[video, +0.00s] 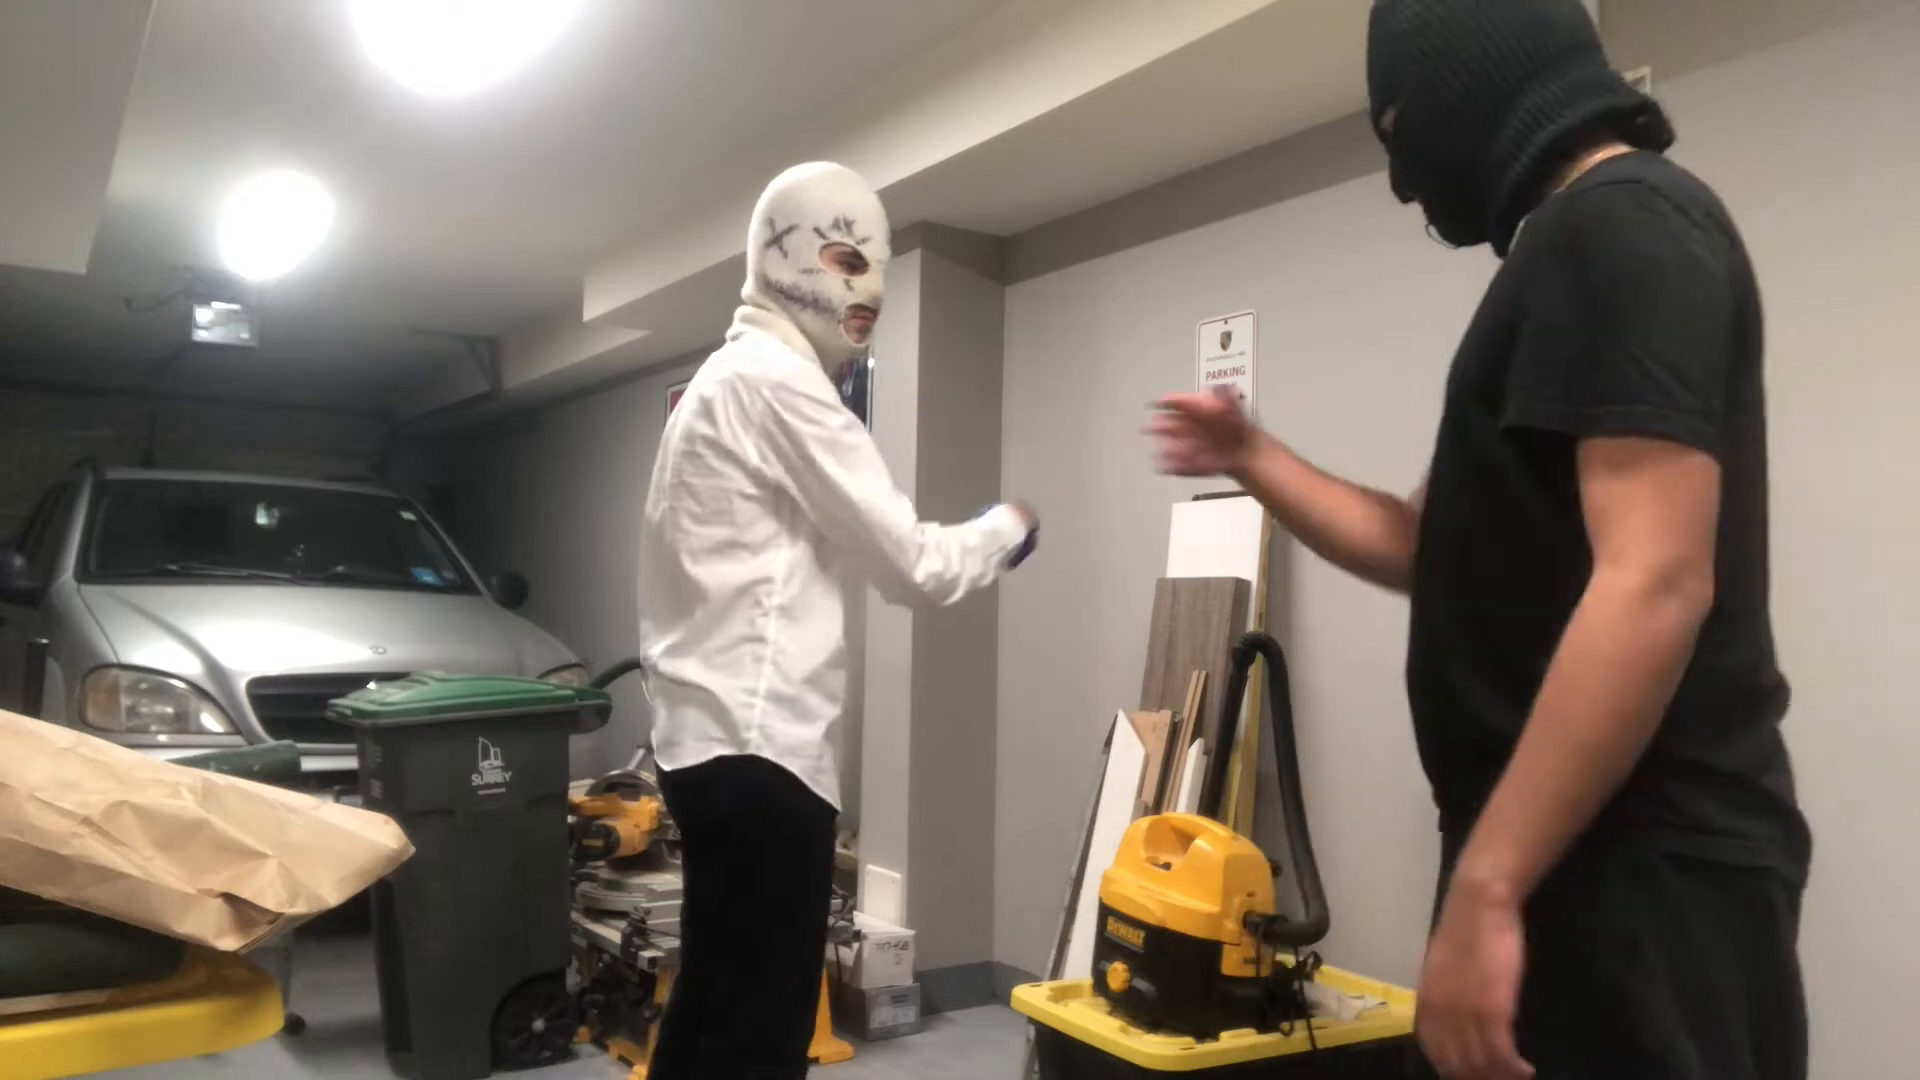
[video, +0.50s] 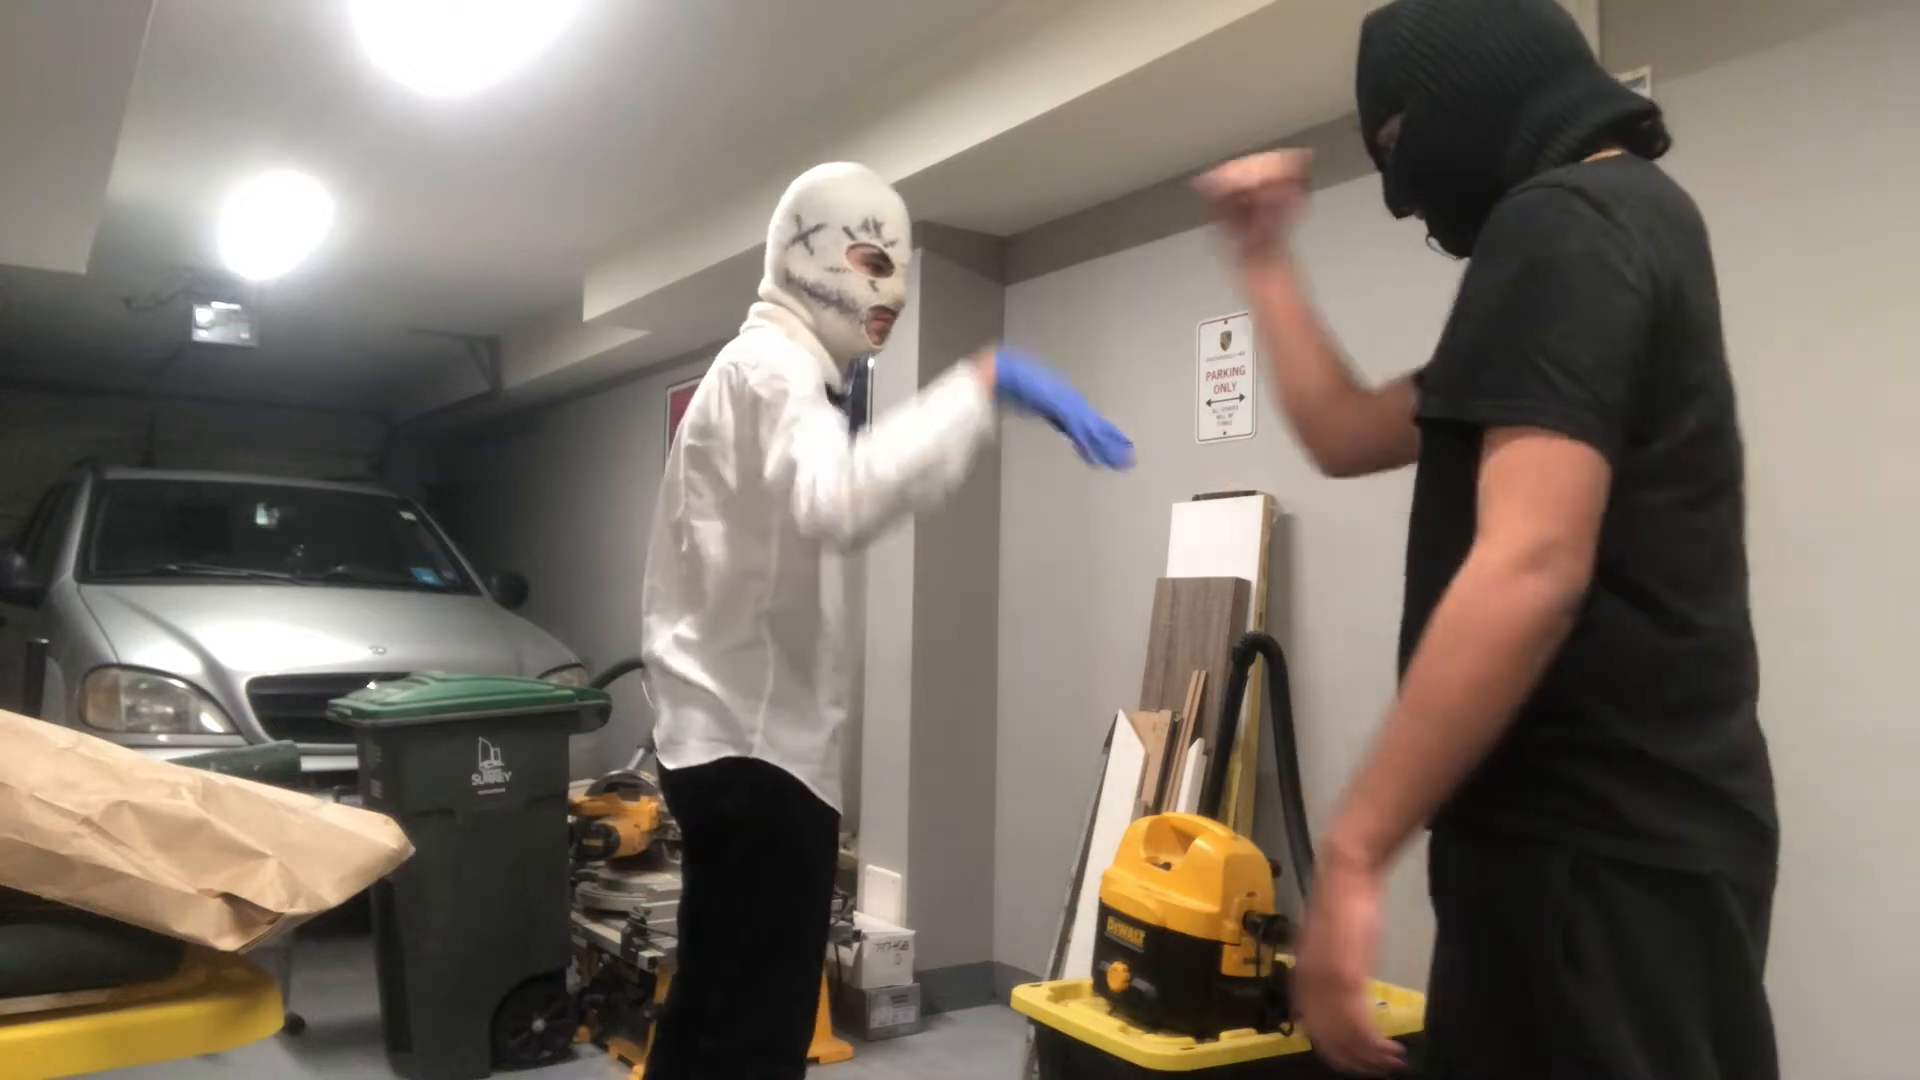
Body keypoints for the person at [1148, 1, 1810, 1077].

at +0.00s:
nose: (1391, 171)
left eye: (1390, 121)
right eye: (1382, 132)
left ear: (1460, 84)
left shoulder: (1622, 224)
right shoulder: (1571, 245)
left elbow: (1655, 582)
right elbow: (1442, 556)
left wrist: (1484, 886)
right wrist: (1253, 457)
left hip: (1634, 877)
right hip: (1578, 874)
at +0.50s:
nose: (1395, 193)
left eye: (1390, 145)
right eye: (1381, 159)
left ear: (1457, 98)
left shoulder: (1566, 224)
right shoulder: (1611, 226)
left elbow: (1532, 564)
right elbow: (1346, 432)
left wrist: (1354, 853)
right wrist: (1259, 254)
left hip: (1583, 867)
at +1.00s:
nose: (1383, 174)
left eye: (1385, 125)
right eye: (1375, 138)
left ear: (1454, 90)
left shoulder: (1609, 227)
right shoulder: (1549, 268)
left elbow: (1638, 579)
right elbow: (1323, 400)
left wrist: (1415, 841)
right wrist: (1157, 317)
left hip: (1601, 886)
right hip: (1537, 878)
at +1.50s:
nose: (1401, 171)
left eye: (1403, 122)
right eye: (1393, 135)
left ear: (1476, 82)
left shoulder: (1624, 225)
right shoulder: (1556, 263)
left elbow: (1667, 580)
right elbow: (1329, 474)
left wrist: (1438, 851)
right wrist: (1111, 479)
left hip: (1598, 869)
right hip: (1525, 866)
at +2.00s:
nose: (1408, 203)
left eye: (1407, 156)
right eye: (1398, 170)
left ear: (1474, 103)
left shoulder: (1607, 214)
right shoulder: (1569, 249)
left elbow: (1671, 568)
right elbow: (1365, 476)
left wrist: (1487, 877)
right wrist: (1157, 475)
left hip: (1587, 913)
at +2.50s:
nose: (1432, 222)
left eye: (1428, 183)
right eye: (1419, 194)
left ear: (1483, 125)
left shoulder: (1582, 169)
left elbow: (1638, 507)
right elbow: (1391, 522)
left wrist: (1469, 831)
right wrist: (1197, 427)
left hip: (1594, 875)